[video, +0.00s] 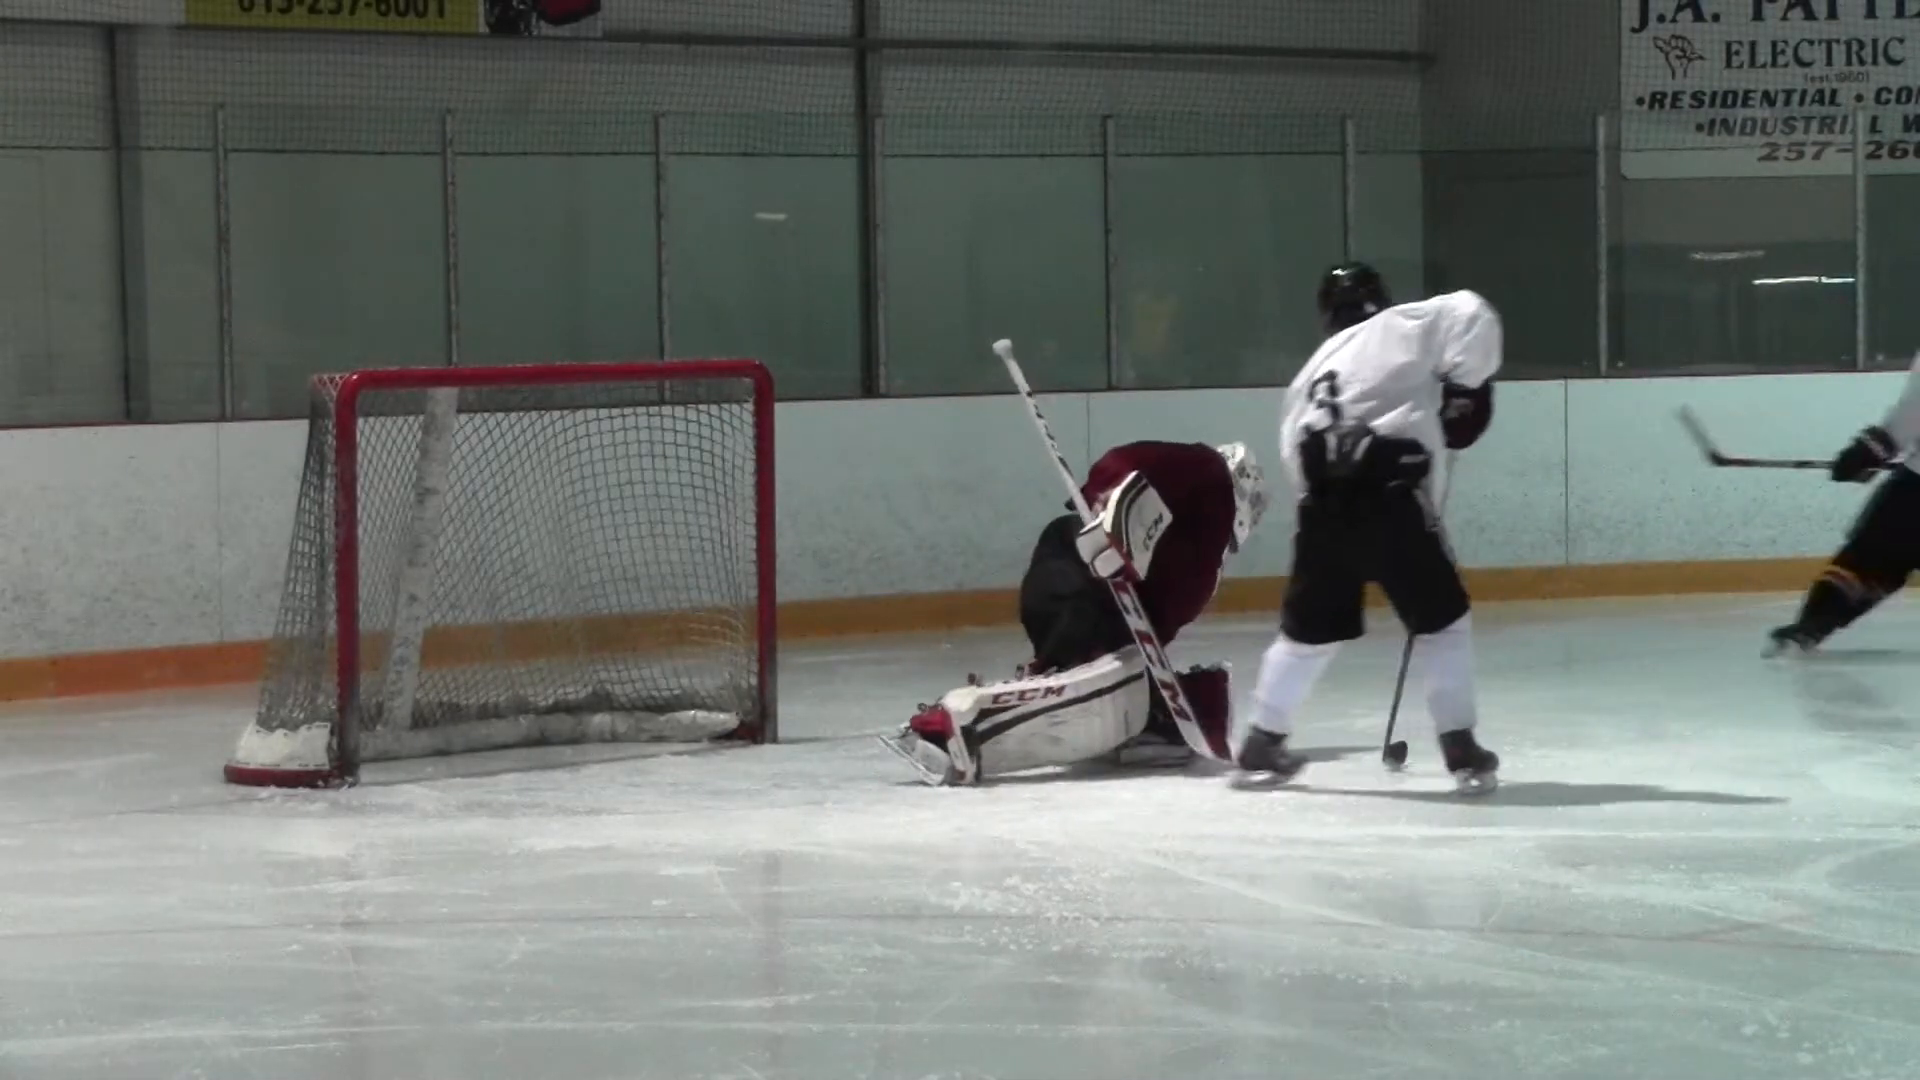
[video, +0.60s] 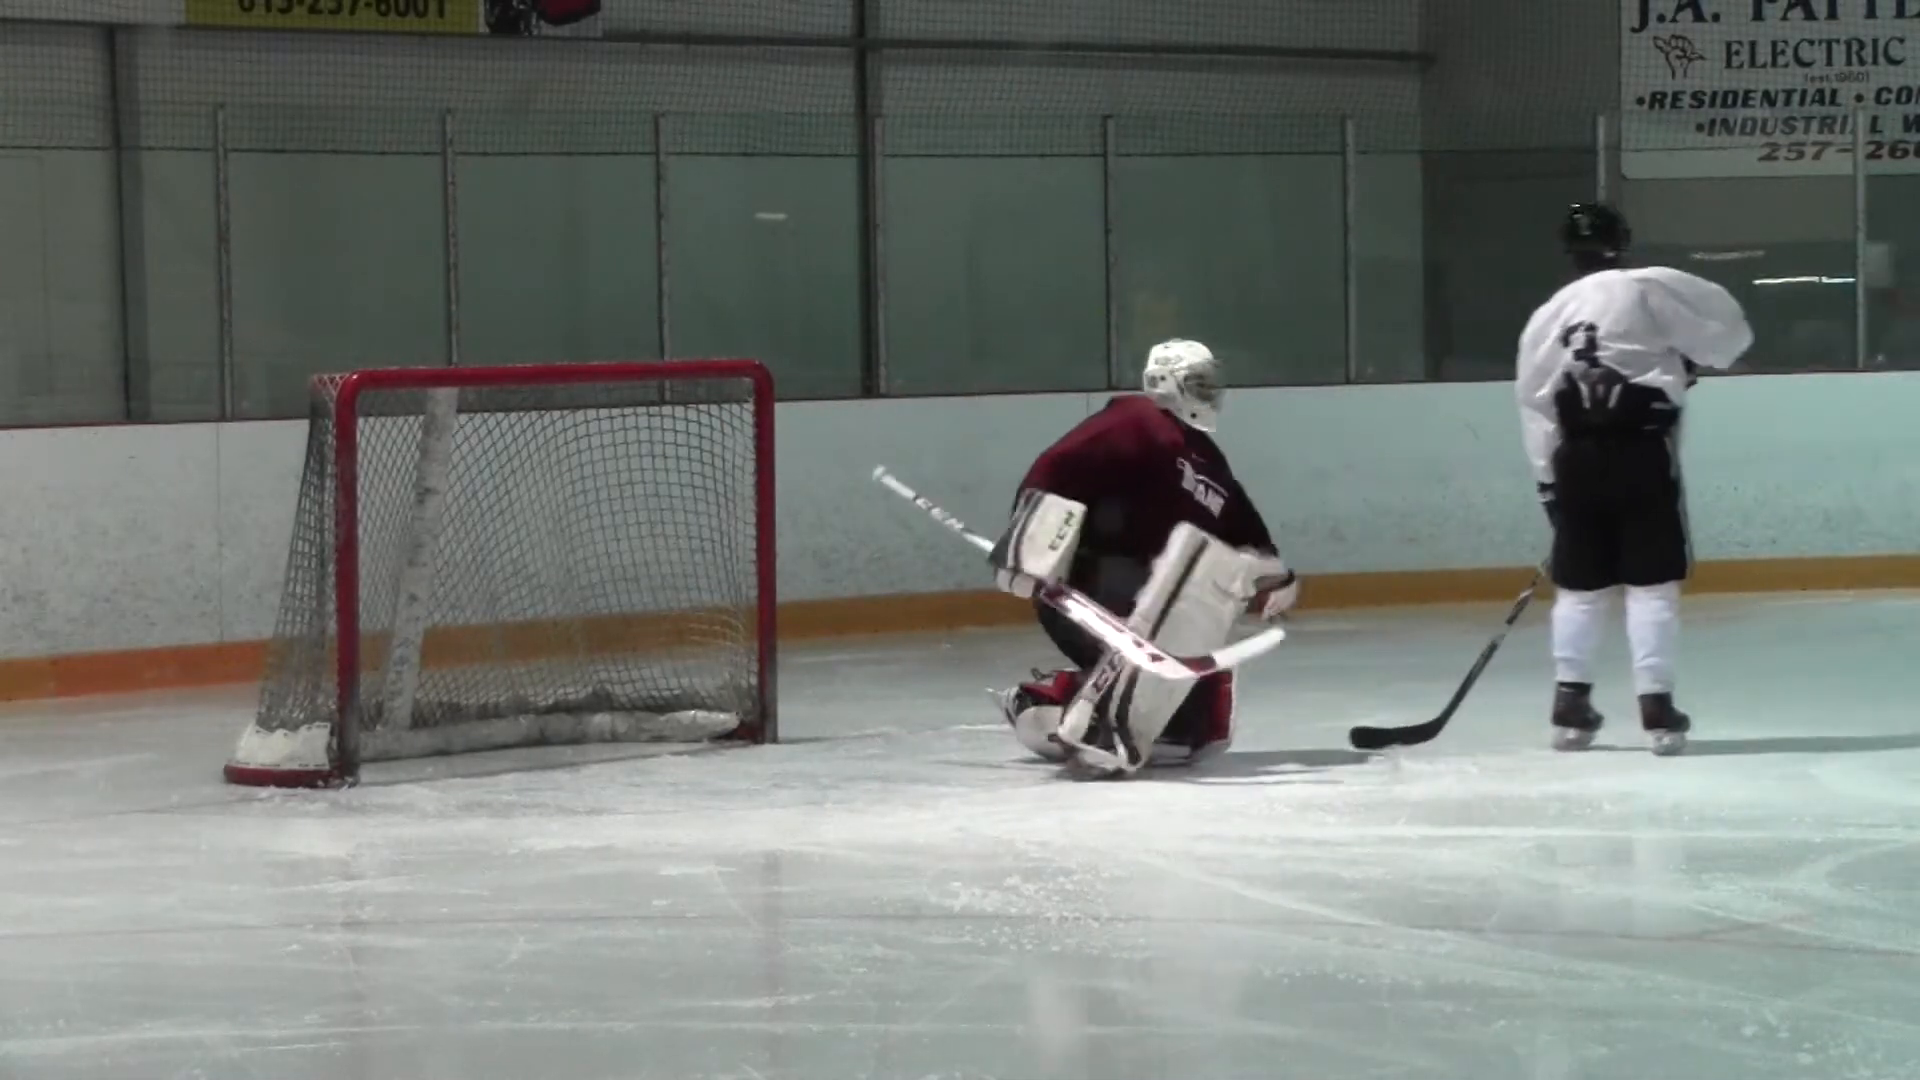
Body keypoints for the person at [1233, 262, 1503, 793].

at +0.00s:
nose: (1385, 305)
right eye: (1382, 299)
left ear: (1327, 315)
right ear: (1378, 299)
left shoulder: (1307, 375)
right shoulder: (1400, 323)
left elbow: (1296, 458)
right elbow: (1470, 309)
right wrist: (1467, 391)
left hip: (1325, 514)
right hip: (1391, 504)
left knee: (1308, 626)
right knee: (1443, 617)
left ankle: (1262, 739)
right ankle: (1458, 743)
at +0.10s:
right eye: (1413, 288)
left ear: (1369, 300)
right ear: (1419, 290)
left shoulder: (1350, 364)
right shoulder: (1446, 313)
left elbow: (1340, 449)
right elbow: (1521, 300)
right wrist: (1512, 379)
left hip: (1375, 501)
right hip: (1443, 491)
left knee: (1365, 616)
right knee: (1483, 610)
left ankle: (1327, 732)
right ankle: (1496, 737)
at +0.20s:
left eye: (1421, 286)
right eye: (1456, 278)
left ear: (1410, 289)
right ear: (1461, 279)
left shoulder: (1391, 350)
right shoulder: (1488, 303)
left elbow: (1382, 434)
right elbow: (1568, 292)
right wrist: (1558, 370)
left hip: (1421, 486)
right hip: (1489, 477)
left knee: (1415, 606)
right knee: (1518, 602)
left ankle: (1388, 726)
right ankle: (1530, 730)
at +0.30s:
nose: (1466, 284)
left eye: (1458, 278)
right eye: (1486, 272)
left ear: (1448, 280)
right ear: (1500, 270)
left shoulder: (1428, 342)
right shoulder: (1531, 295)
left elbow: (1424, 429)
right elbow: (1615, 292)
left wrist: (1460, 464)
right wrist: (1598, 363)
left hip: (1466, 477)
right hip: (1536, 466)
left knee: (1462, 598)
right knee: (1554, 595)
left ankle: (1443, 719)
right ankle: (1563, 720)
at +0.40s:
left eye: (1492, 268)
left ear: (1485, 273)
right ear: (1536, 260)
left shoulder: (1463, 336)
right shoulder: (1570, 289)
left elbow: (1465, 431)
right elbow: (1659, 297)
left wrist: (1487, 497)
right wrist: (1633, 363)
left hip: (1506, 467)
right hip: (1576, 458)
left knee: (1503, 594)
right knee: (1586, 593)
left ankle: (1488, 713)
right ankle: (1593, 714)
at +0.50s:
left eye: (1538, 257)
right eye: (1568, 251)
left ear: (1525, 260)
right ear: (1575, 250)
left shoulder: (1504, 325)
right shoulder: (1611, 285)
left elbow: (1499, 417)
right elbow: (1696, 309)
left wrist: (1519, 485)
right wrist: (1663, 364)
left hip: (1542, 464)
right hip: (1609, 457)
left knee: (1540, 587)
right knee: (1618, 587)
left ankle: (1530, 707)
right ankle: (1625, 708)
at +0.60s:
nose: (1614, 256)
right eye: (1615, 245)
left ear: (1569, 253)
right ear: (1620, 246)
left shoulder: (1544, 318)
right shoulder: (1649, 289)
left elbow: (1536, 412)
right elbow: (1733, 333)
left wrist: (1548, 487)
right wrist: (1688, 365)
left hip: (1577, 461)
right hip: (1644, 456)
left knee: (1580, 582)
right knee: (1652, 579)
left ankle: (1569, 699)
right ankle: (1655, 702)